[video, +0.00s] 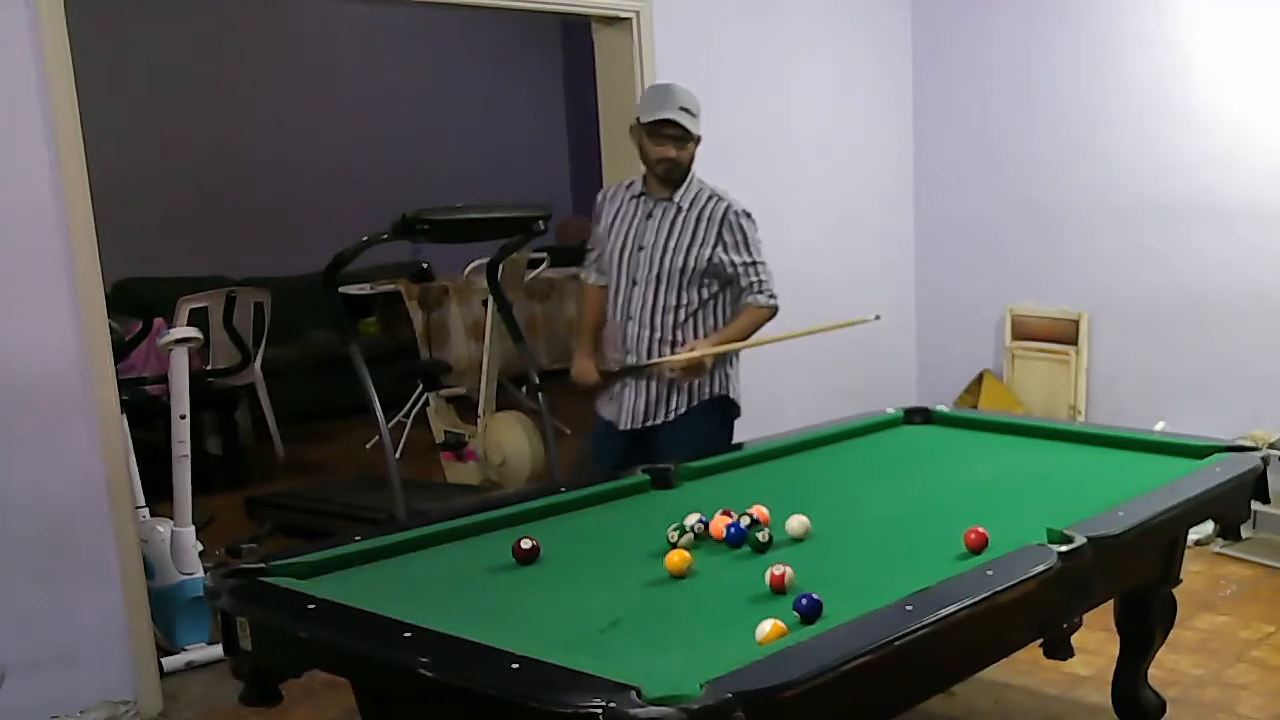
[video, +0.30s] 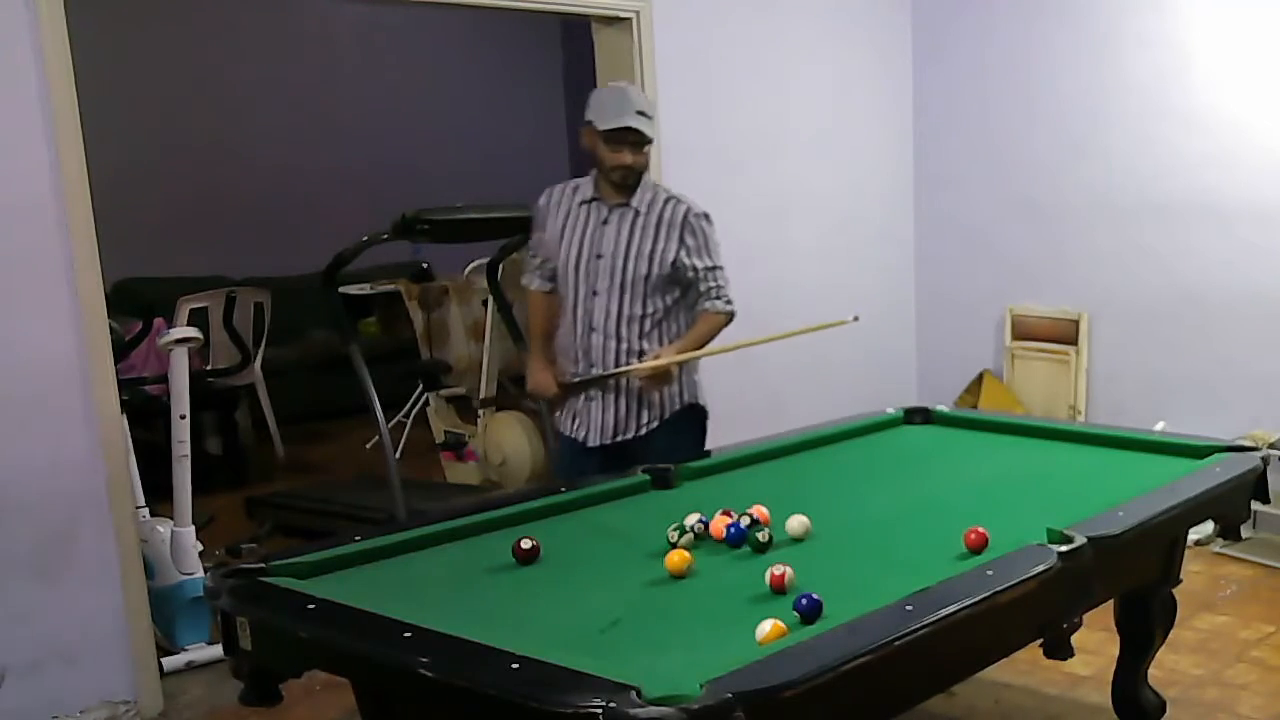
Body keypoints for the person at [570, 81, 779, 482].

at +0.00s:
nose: (668, 152)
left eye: (680, 141)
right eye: (657, 139)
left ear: (696, 145)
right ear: (637, 138)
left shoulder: (724, 217)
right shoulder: (612, 202)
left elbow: (763, 301)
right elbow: (597, 278)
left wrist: (711, 347)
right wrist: (585, 350)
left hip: (692, 407)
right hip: (620, 404)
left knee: (688, 530)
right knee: (611, 528)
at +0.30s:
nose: (628, 157)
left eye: (639, 146)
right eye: (616, 144)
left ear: (650, 146)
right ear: (589, 140)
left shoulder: (682, 219)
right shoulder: (555, 206)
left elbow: (719, 305)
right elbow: (541, 283)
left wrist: (674, 353)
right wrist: (539, 359)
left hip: (664, 418)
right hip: (581, 418)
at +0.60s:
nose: (564, 153)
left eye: (574, 139)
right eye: (549, 138)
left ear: (585, 138)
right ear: (517, 134)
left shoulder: (618, 212)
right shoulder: (478, 209)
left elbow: (657, 300)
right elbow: (463, 295)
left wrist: (629, 358)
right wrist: (470, 377)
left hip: (607, 421)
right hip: (520, 426)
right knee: (536, 552)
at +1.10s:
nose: (525, 166)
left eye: (534, 152)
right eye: (510, 151)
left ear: (544, 147)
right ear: (469, 141)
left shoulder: (572, 227)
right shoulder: (415, 217)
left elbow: (600, 323)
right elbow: (384, 304)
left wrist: (580, 387)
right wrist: (401, 395)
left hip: (549, 443)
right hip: (459, 445)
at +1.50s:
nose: (519, 187)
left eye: (527, 172)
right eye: (503, 171)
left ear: (535, 168)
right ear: (457, 160)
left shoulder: (551, 248)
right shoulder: (392, 213)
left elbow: (587, 343)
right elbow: (336, 265)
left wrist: (604, 422)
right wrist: (340, 365)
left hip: (519, 449)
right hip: (421, 447)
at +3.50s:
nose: (500, 164)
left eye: (506, 150)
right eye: (485, 147)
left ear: (511, 150)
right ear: (443, 139)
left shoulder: (524, 229)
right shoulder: (368, 207)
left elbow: (547, 311)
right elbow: (310, 287)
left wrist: (548, 385)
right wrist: (350, 336)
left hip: (499, 436)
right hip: (402, 435)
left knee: (509, 573)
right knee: (408, 580)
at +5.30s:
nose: (439, 151)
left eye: (449, 137)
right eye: (423, 139)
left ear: (463, 139)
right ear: (397, 139)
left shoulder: (507, 214)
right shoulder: (369, 209)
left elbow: (556, 299)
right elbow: (349, 276)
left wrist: (539, 373)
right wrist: (343, 328)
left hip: (491, 422)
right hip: (401, 422)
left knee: (490, 558)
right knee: (398, 561)